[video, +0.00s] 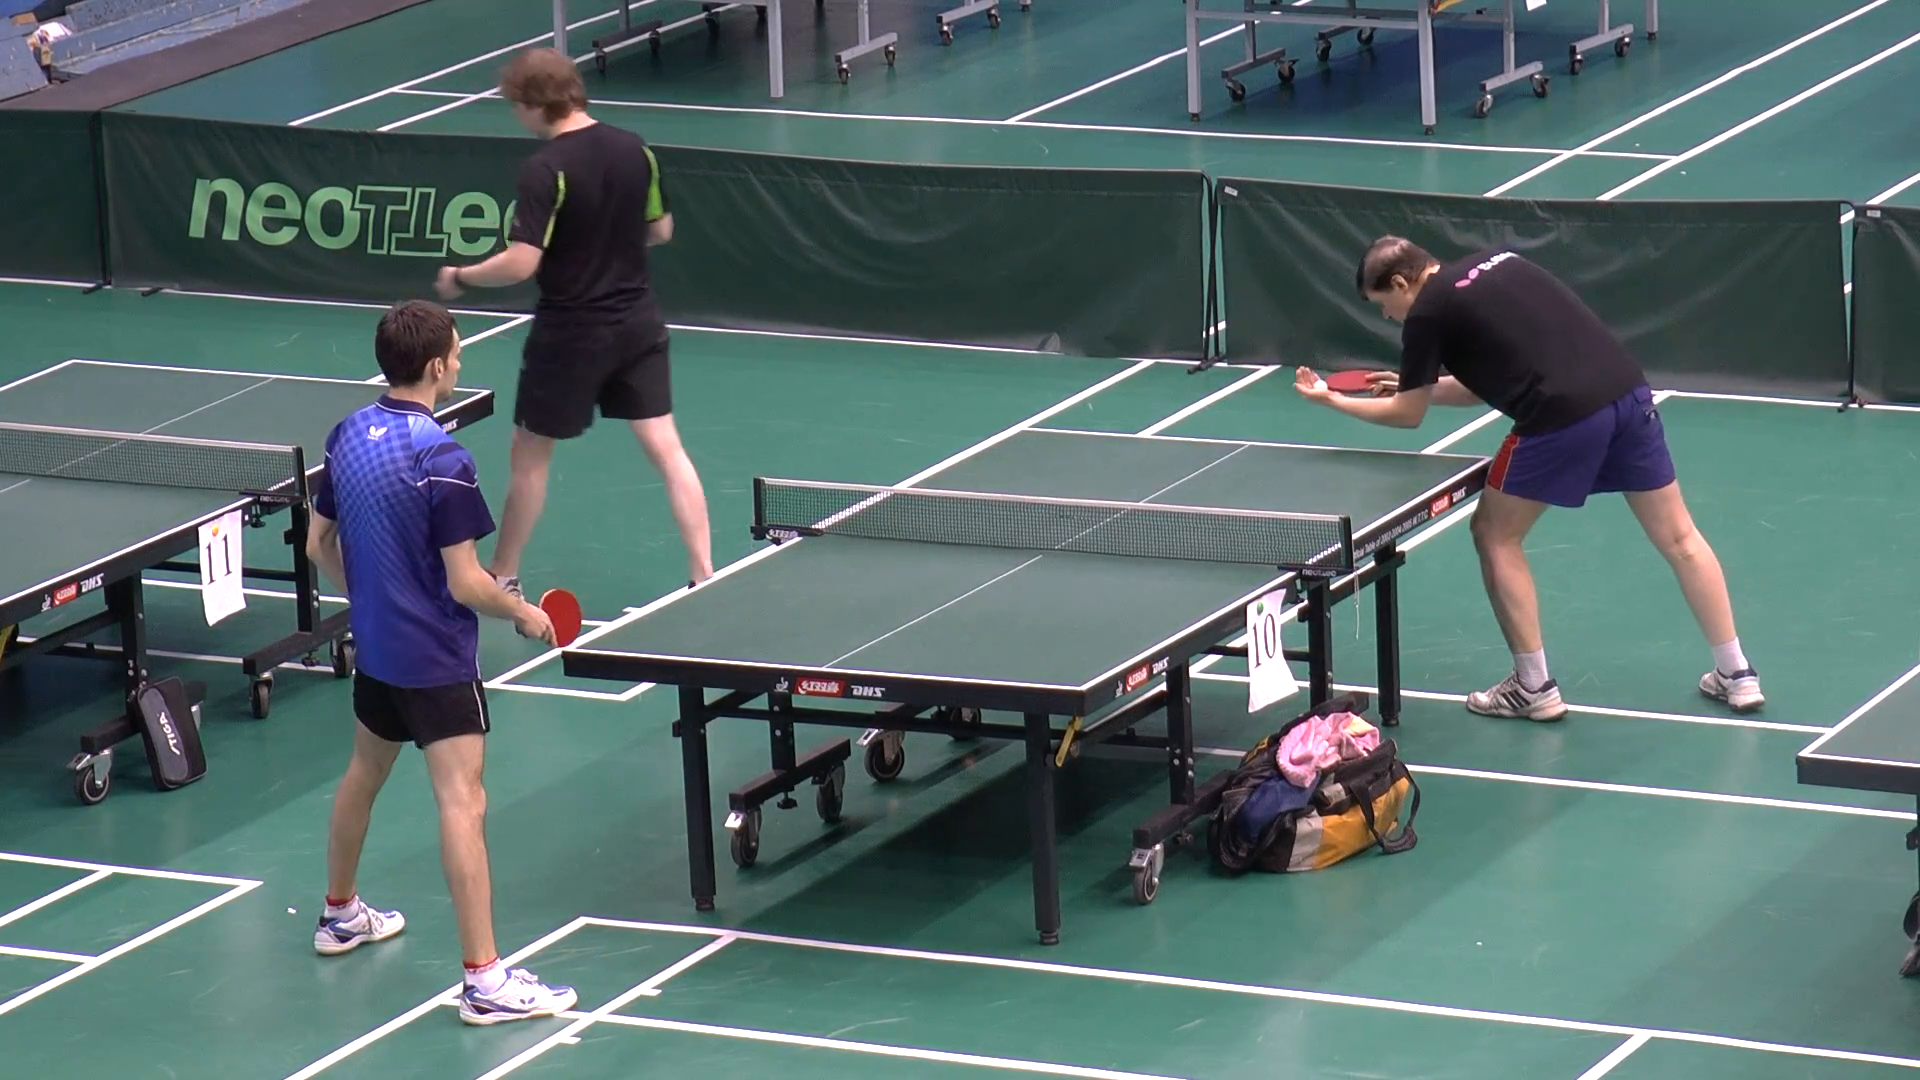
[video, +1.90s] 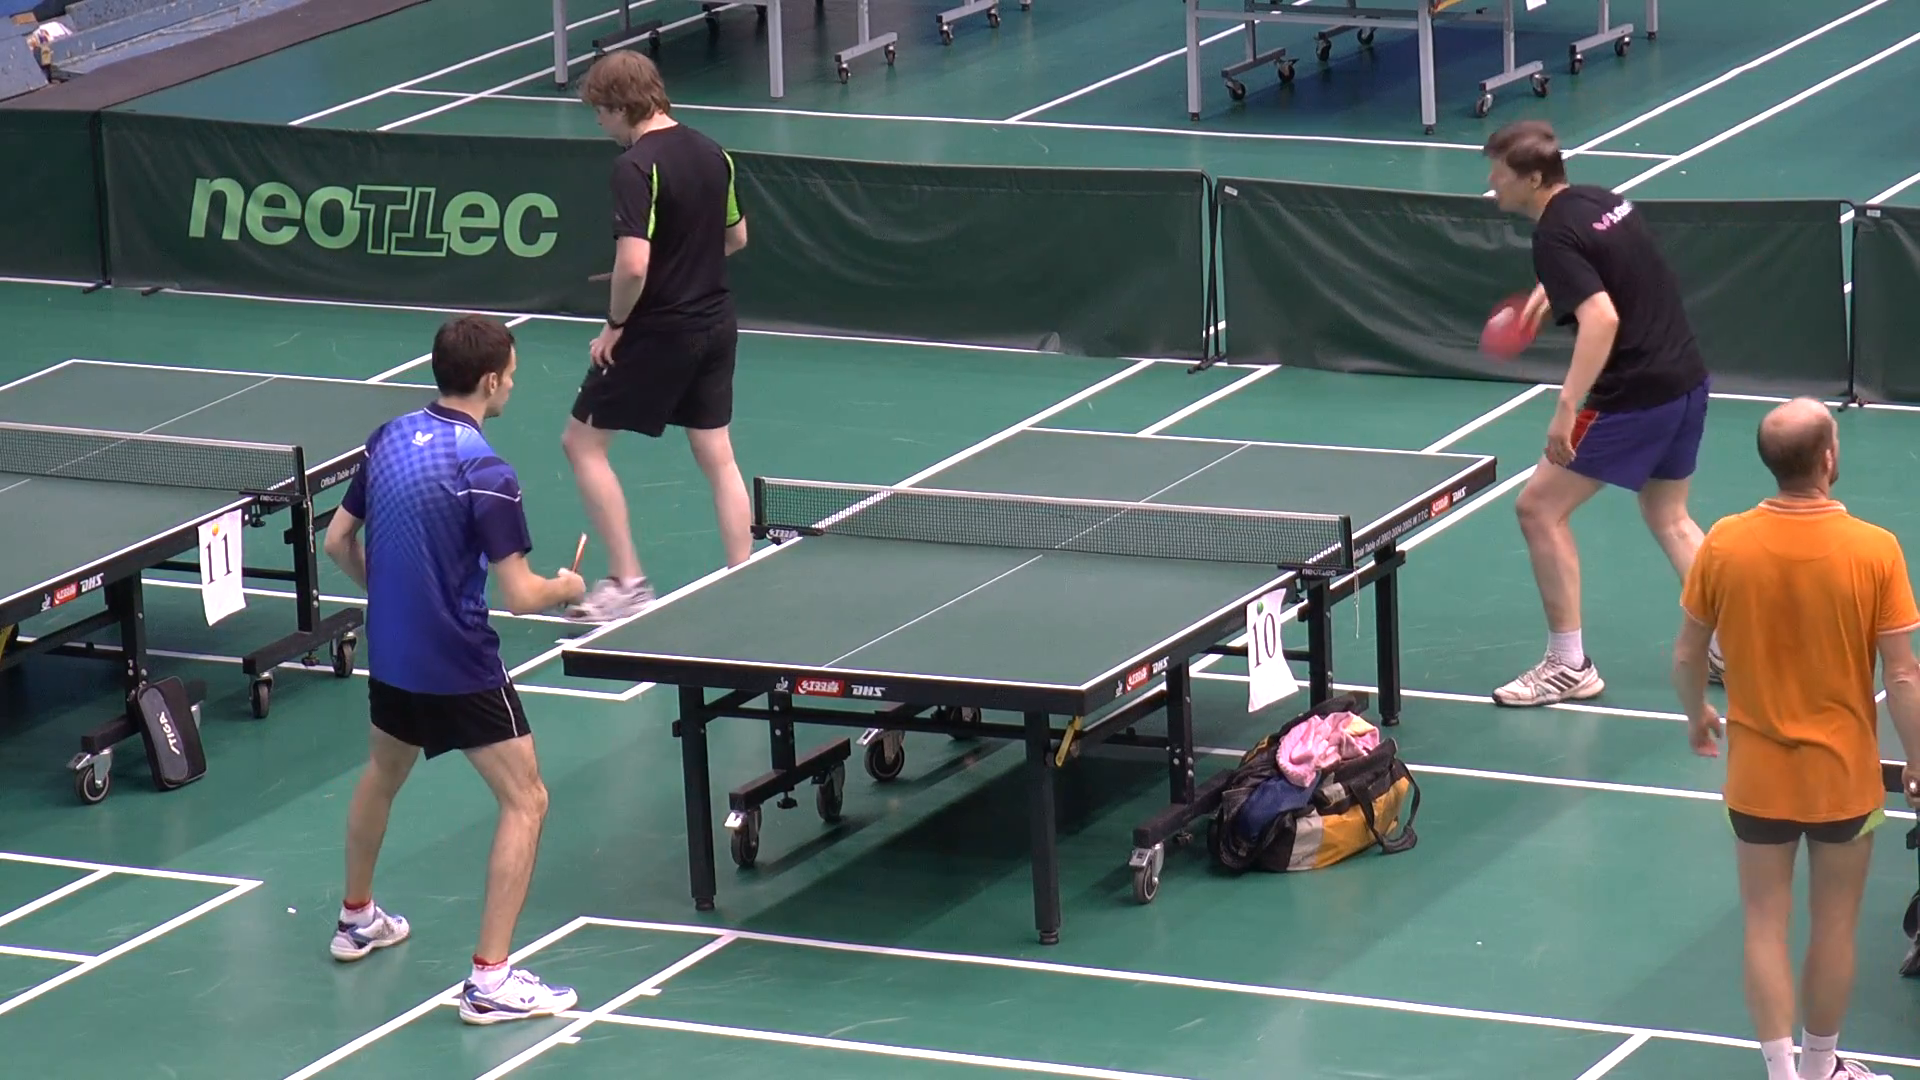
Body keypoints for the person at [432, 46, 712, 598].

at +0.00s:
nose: (517, 115)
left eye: (516, 105)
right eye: (514, 105)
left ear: (534, 104)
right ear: (572, 92)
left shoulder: (546, 167)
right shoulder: (634, 148)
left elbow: (522, 261)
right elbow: (660, 228)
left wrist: (460, 275)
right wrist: (603, 234)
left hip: (569, 336)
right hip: (639, 326)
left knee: (530, 460)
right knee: (668, 449)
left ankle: (502, 575)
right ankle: (705, 576)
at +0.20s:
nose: (565, 110)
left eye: (564, 101)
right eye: (564, 100)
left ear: (577, 99)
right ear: (620, 83)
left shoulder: (585, 159)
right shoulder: (679, 137)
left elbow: (556, 256)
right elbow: (704, 221)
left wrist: (538, 248)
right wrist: (654, 205)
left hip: (607, 328)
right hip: (678, 320)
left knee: (570, 450)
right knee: (692, 448)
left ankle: (573, 591)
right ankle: (709, 583)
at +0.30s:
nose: (580, 110)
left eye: (578, 101)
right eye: (578, 100)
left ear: (590, 100)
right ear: (633, 80)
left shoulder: (598, 157)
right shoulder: (690, 135)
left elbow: (570, 253)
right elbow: (716, 218)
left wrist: (561, 220)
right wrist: (666, 198)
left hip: (622, 327)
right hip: (690, 320)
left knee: (597, 450)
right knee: (698, 451)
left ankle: (631, 587)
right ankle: (711, 584)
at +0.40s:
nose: (589, 111)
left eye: (587, 102)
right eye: (587, 101)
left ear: (597, 100)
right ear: (640, 81)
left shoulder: (607, 157)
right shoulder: (699, 138)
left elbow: (578, 254)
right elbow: (731, 223)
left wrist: (558, 232)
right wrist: (688, 248)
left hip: (635, 328)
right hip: (699, 320)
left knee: (631, 456)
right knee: (700, 450)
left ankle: (681, 583)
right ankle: (713, 580)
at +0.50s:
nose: (592, 112)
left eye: (590, 103)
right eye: (590, 103)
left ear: (601, 100)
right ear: (644, 84)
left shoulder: (613, 157)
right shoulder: (704, 142)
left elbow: (586, 255)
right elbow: (738, 230)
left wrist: (552, 256)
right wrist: (722, 298)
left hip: (645, 331)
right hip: (705, 322)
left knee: (661, 468)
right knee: (702, 455)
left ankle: (697, 593)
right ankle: (714, 582)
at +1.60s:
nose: (604, 122)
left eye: (604, 111)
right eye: (601, 112)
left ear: (625, 105)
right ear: (659, 94)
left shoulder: (631, 165)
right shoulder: (716, 148)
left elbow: (636, 259)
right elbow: (760, 229)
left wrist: (626, 310)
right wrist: (712, 263)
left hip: (667, 339)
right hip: (723, 330)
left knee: (668, 474)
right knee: (714, 458)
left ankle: (701, 597)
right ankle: (743, 581)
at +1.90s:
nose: (599, 124)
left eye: (599, 113)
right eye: (596, 113)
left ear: (618, 107)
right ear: (654, 95)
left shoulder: (636, 164)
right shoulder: (712, 151)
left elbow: (634, 266)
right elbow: (736, 235)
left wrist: (614, 326)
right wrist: (679, 262)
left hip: (659, 333)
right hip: (715, 327)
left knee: (583, 442)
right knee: (719, 456)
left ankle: (628, 582)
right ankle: (747, 586)